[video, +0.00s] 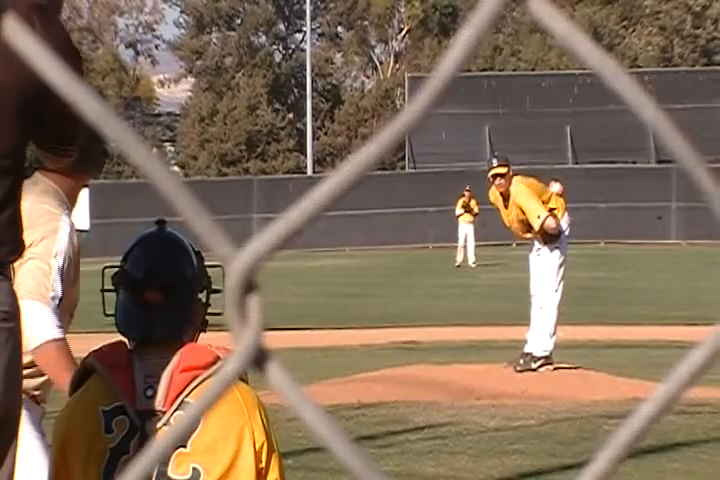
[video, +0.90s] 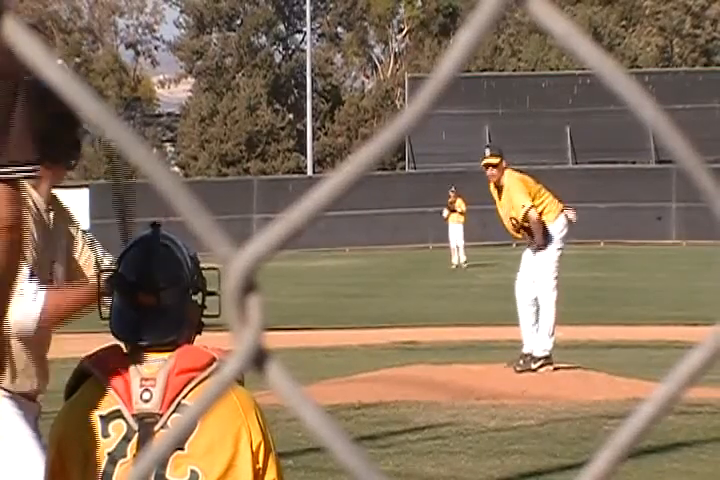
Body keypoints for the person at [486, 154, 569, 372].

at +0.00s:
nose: (499, 181)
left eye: (503, 176)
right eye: (495, 177)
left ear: (510, 175)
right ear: (490, 180)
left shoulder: (520, 190)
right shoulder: (495, 194)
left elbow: (551, 225)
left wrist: (557, 229)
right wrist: (548, 193)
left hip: (552, 238)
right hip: (536, 238)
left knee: (547, 295)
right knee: (536, 294)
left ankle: (542, 350)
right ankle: (532, 347)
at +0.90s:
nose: (490, 171)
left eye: (494, 166)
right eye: (487, 167)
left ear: (503, 165)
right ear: (484, 168)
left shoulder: (512, 182)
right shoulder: (495, 185)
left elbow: (533, 216)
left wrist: (540, 242)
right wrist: (558, 210)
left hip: (552, 225)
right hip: (535, 229)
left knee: (544, 288)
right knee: (523, 288)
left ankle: (543, 351)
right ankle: (530, 348)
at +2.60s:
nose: (511, 120)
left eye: (515, 115)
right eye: (508, 116)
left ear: (526, 115)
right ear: (507, 119)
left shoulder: (526, 145)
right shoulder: (525, 142)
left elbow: (528, 191)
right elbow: (519, 181)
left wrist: (502, 197)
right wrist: (501, 185)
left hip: (529, 216)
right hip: (525, 214)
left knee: (527, 282)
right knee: (524, 282)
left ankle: (534, 347)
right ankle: (532, 346)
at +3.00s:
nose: (511, 121)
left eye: (515, 115)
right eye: (508, 117)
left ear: (526, 115)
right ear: (508, 119)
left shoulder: (527, 145)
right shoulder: (527, 142)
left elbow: (529, 190)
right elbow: (523, 184)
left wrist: (507, 206)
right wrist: (505, 197)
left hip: (530, 216)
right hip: (528, 215)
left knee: (527, 282)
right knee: (526, 282)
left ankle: (534, 348)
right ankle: (533, 346)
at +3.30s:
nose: (511, 121)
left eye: (515, 116)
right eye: (508, 117)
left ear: (526, 116)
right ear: (509, 119)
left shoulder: (527, 145)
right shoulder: (526, 142)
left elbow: (530, 190)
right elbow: (521, 183)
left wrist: (510, 210)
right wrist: (504, 199)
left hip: (531, 215)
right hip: (527, 214)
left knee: (528, 282)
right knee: (525, 282)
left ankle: (535, 347)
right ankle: (532, 346)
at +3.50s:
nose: (511, 121)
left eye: (515, 116)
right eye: (508, 117)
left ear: (526, 115)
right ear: (508, 120)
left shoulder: (526, 144)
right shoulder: (527, 141)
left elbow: (530, 189)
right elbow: (522, 183)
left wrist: (509, 210)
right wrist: (504, 199)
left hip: (531, 215)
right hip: (528, 214)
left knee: (528, 282)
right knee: (526, 282)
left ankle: (535, 347)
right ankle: (533, 346)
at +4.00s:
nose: (511, 120)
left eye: (515, 115)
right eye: (508, 117)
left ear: (526, 115)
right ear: (507, 120)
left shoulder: (526, 143)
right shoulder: (525, 141)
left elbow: (528, 189)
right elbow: (522, 181)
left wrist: (507, 209)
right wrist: (504, 198)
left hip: (530, 215)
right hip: (527, 213)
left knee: (528, 281)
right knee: (525, 281)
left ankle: (535, 347)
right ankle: (532, 345)